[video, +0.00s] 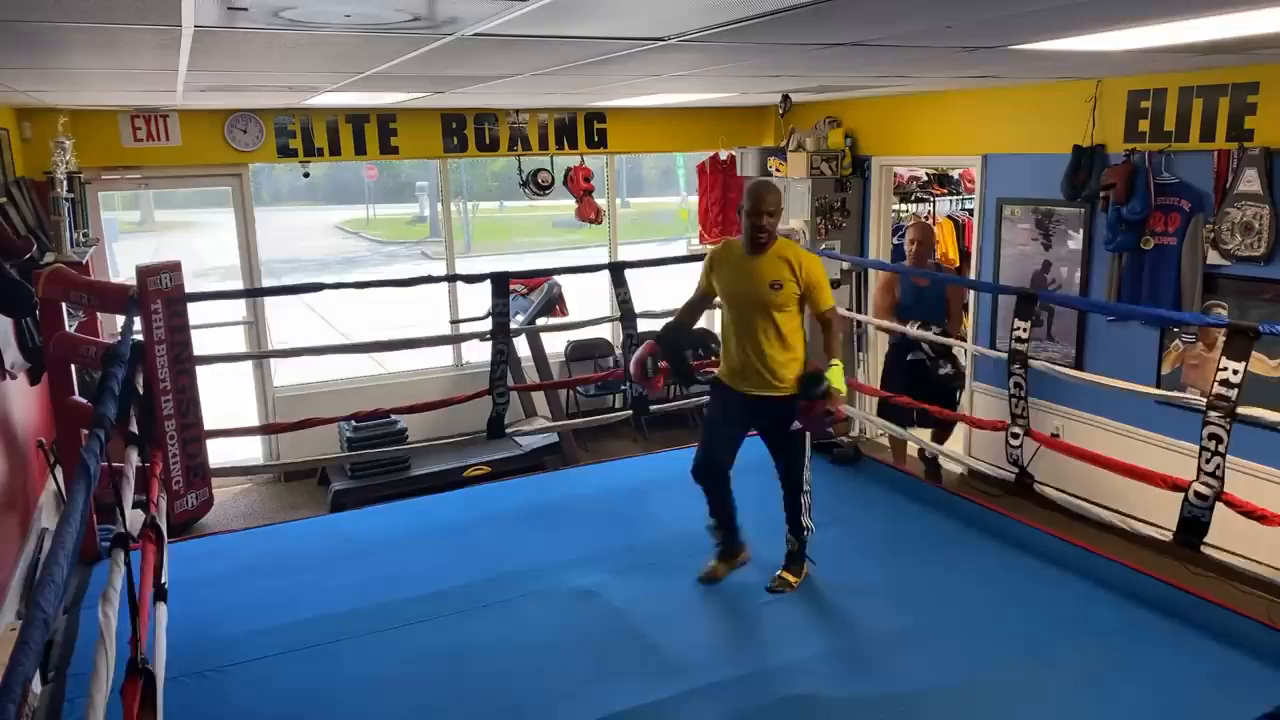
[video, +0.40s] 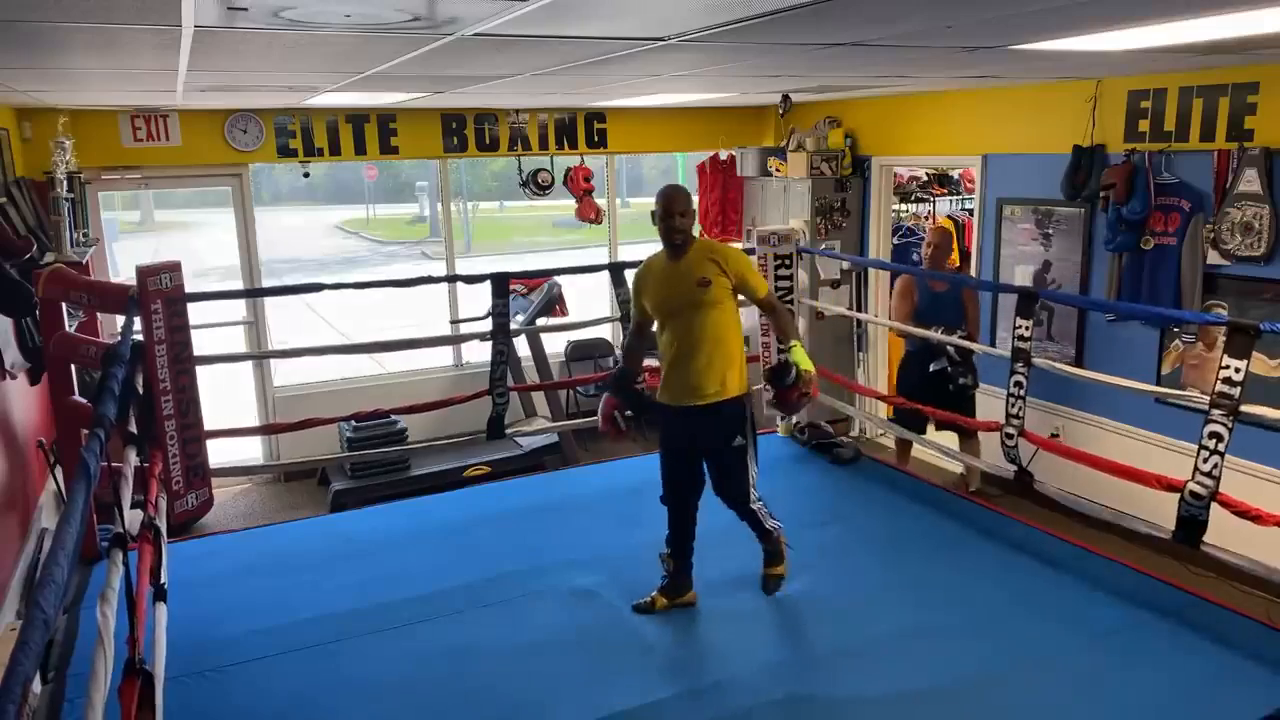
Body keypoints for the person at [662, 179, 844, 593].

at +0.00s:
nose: (761, 224)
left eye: (770, 215)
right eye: (753, 214)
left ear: (782, 217)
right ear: (740, 213)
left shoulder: (801, 262)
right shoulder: (721, 257)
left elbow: (830, 320)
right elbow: (699, 301)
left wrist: (829, 370)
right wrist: (665, 338)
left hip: (783, 394)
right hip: (731, 388)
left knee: (795, 483)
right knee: (708, 469)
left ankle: (795, 560)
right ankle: (730, 548)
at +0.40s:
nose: (677, 224)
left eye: (685, 215)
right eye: (668, 217)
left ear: (696, 216)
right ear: (655, 220)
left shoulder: (724, 257)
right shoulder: (646, 275)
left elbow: (773, 306)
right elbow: (639, 329)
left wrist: (795, 353)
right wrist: (620, 384)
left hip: (726, 399)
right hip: (675, 404)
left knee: (736, 494)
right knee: (679, 501)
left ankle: (772, 542)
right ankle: (679, 583)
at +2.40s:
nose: (674, 274)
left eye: (684, 262)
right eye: (663, 261)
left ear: (694, 263)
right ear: (637, 260)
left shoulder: (709, 324)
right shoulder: (588, 335)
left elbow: (719, 394)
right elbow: (557, 432)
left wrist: (746, 458)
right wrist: (548, 526)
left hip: (689, 510)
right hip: (609, 519)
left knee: (702, 639)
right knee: (598, 629)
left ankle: (707, 715)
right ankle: (596, 699)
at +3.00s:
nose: (789, 307)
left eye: (797, 294)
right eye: (783, 292)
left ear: (800, 288)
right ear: (748, 275)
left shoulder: (797, 353)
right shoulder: (659, 344)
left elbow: (802, 464)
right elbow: (612, 455)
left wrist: (758, 525)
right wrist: (671, 497)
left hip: (755, 563)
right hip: (683, 567)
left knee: (733, 697)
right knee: (704, 709)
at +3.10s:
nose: (792, 321)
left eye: (801, 308)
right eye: (786, 305)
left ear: (806, 299)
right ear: (751, 287)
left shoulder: (803, 358)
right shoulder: (661, 361)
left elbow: (814, 474)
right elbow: (618, 481)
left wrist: (764, 526)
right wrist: (695, 485)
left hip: (773, 580)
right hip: (697, 590)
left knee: (748, 704)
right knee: (713, 711)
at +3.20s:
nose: (792, 331)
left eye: (802, 318)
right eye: (783, 319)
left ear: (808, 304)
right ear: (744, 296)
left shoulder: (809, 352)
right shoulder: (664, 367)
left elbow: (827, 467)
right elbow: (627, 498)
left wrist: (797, 529)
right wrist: (701, 497)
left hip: (792, 589)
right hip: (707, 599)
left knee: (795, 709)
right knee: (716, 712)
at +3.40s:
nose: (806, 346)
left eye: (818, 332)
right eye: (794, 333)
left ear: (828, 312)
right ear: (758, 298)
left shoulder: (829, 358)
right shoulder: (678, 378)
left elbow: (854, 468)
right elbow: (641, 515)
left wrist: (874, 560)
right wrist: (690, 556)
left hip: (824, 607)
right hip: (729, 627)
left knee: (868, 712)